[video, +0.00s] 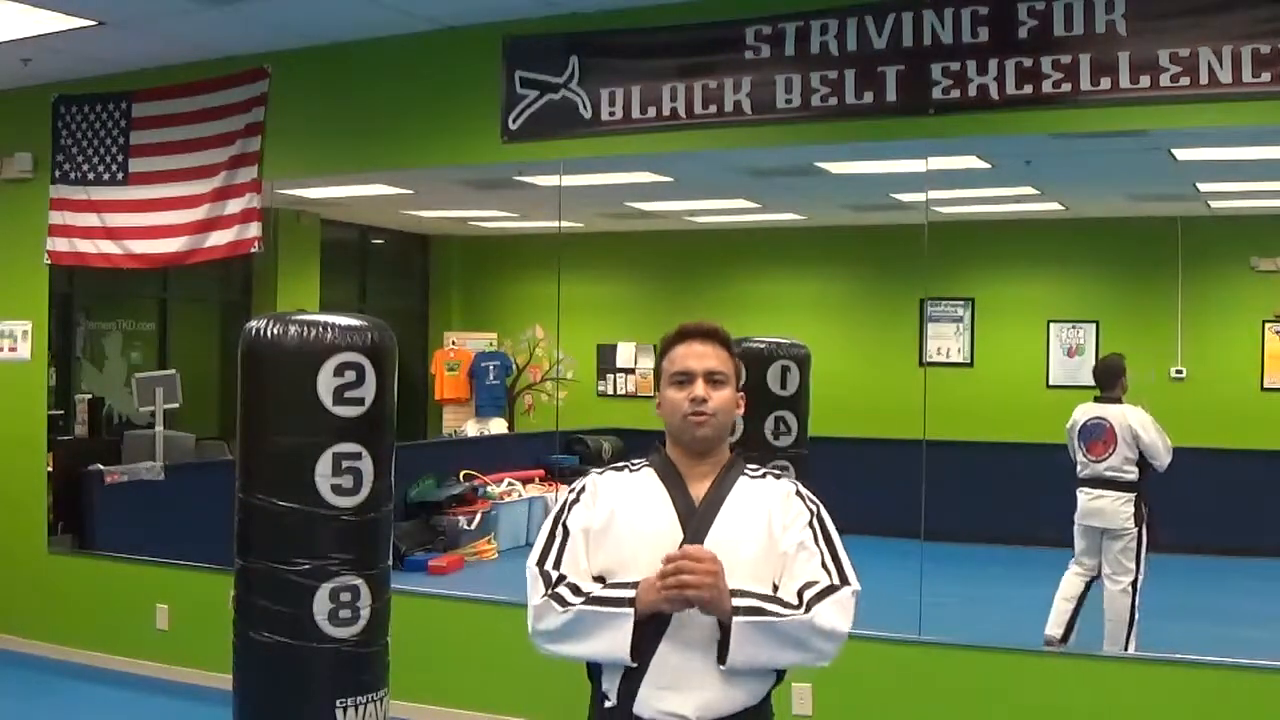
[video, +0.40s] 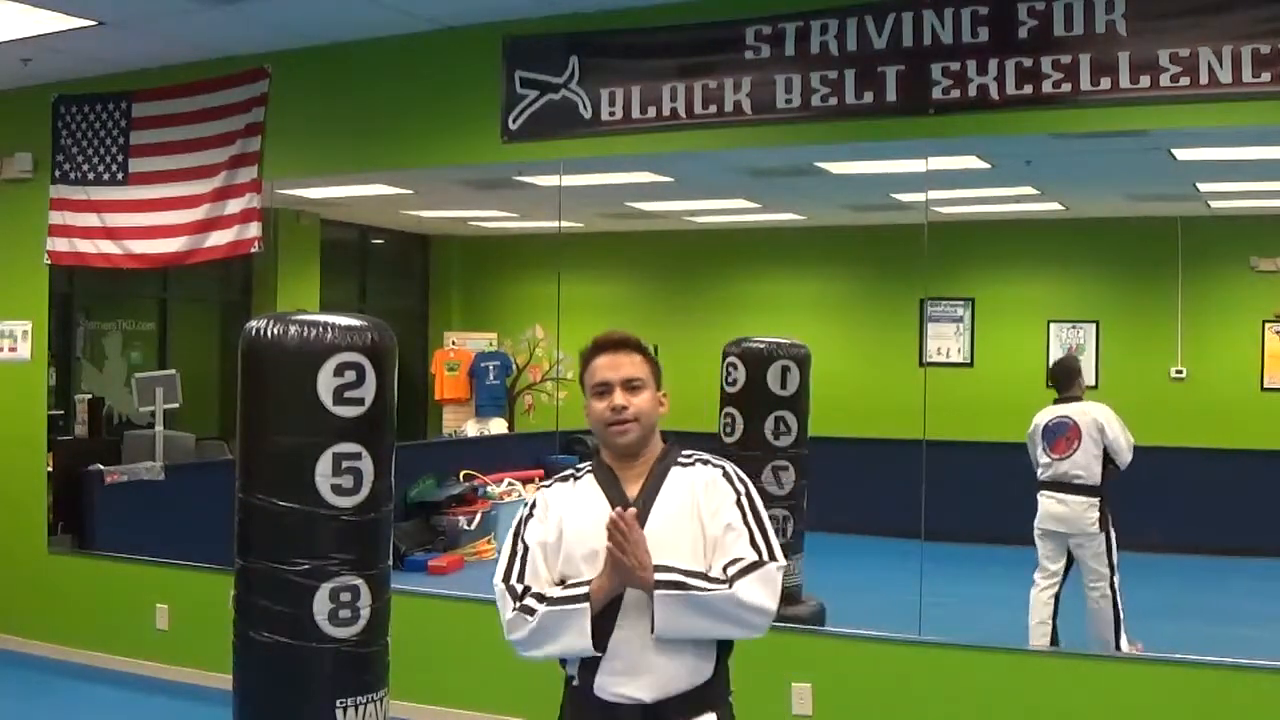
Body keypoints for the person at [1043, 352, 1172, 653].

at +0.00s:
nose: (1128, 379)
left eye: (1125, 374)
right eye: (1126, 375)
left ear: (1096, 380)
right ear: (1123, 380)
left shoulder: (1080, 413)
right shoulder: (1135, 416)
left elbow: (1075, 455)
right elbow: (1162, 459)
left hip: (1086, 500)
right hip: (1122, 504)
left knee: (1081, 567)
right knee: (1121, 579)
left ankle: (1053, 636)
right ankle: (1117, 653)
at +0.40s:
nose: (1084, 380)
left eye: (1080, 376)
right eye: (1082, 376)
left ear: (1053, 384)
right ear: (1080, 381)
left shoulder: (1041, 418)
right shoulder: (1099, 413)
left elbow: (1038, 462)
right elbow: (1124, 455)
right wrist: (1098, 471)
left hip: (1048, 505)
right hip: (1086, 507)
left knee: (1046, 577)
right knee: (1099, 582)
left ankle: (1039, 649)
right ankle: (1112, 650)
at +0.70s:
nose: (1063, 378)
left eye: (1060, 374)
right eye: (1061, 374)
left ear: (1033, 384)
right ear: (1059, 379)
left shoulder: (1022, 418)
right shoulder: (1081, 408)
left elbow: (1022, 464)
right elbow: (1109, 449)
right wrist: (1079, 454)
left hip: (1034, 506)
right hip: (1074, 508)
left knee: (1037, 578)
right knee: (1091, 578)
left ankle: (1036, 651)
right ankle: (1079, 652)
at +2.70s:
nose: (1082, 385)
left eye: (1080, 381)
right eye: (1081, 381)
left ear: (1050, 386)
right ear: (1077, 383)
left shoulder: (1036, 416)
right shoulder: (1092, 410)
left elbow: (1034, 458)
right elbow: (1119, 452)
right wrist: (1091, 450)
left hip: (1047, 504)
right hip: (1083, 506)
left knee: (1056, 575)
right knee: (1109, 573)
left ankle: (1054, 645)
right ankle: (1068, 635)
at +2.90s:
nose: (1089, 384)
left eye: (1086, 380)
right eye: (1087, 380)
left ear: (1057, 383)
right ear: (1083, 382)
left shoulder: (1040, 415)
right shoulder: (1093, 410)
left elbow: (1041, 456)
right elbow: (1121, 453)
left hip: (1053, 501)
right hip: (1091, 503)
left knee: (1060, 574)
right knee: (1118, 571)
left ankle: (1057, 649)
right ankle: (1109, 650)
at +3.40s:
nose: (1131, 385)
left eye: (1128, 381)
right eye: (1131, 381)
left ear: (1102, 381)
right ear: (1128, 383)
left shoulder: (1078, 411)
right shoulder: (1137, 415)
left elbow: (1070, 451)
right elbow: (1159, 460)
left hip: (1084, 499)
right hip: (1122, 503)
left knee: (1077, 568)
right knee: (1131, 575)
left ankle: (1062, 646)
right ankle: (1133, 649)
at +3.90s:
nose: (1163, 384)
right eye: (1165, 379)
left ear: (1140, 381)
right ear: (1167, 381)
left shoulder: (1117, 410)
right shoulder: (1182, 415)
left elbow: (1103, 454)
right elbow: (1197, 460)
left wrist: (1134, 452)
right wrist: (1168, 458)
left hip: (1120, 500)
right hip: (1157, 504)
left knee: (1112, 565)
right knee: (1149, 573)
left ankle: (1104, 639)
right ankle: (1137, 647)